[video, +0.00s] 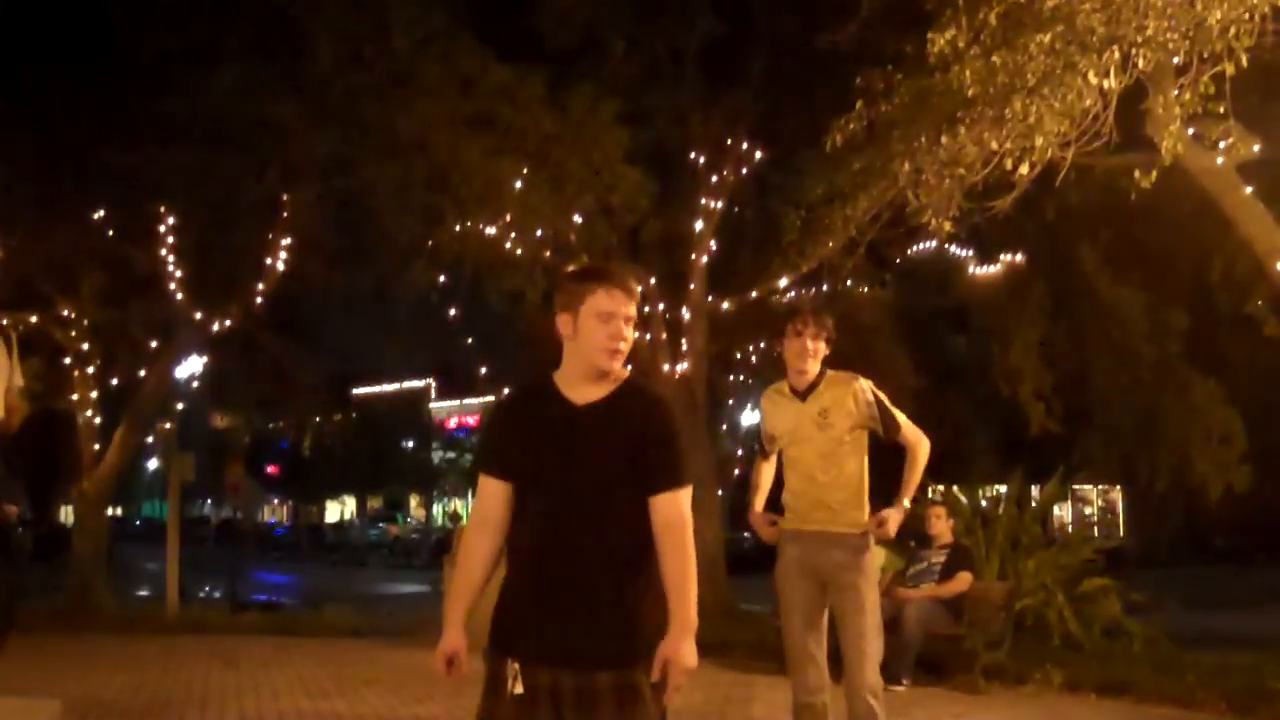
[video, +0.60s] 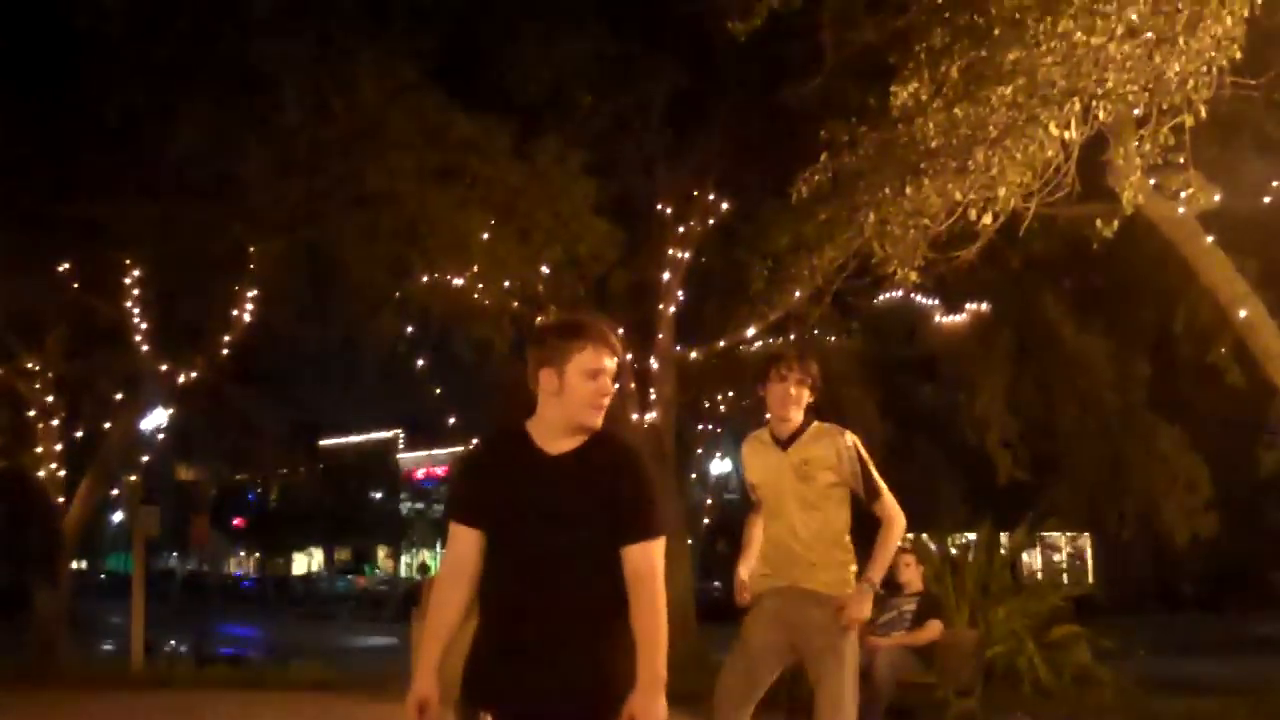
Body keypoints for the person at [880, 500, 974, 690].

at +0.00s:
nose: (932, 522)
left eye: (937, 517)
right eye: (929, 518)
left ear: (950, 523)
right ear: (924, 522)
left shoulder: (960, 551)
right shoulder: (918, 552)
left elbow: (962, 583)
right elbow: (898, 578)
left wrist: (916, 593)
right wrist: (897, 592)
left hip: (943, 609)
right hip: (909, 603)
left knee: (912, 609)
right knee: (876, 607)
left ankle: (902, 674)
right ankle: (867, 670)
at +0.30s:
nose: (927, 529)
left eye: (933, 523)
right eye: (924, 523)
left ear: (946, 526)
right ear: (919, 527)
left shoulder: (955, 557)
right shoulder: (913, 554)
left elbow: (957, 588)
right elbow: (896, 579)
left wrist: (911, 598)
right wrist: (886, 590)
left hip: (937, 613)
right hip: (903, 607)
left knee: (907, 614)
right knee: (864, 612)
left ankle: (898, 679)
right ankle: (859, 674)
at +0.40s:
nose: (899, 537)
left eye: (905, 531)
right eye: (897, 532)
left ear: (918, 535)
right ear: (891, 536)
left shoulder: (928, 567)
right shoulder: (885, 567)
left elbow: (929, 598)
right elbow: (865, 597)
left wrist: (883, 608)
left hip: (911, 626)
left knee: (881, 622)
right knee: (841, 620)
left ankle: (872, 688)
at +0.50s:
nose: (896, 559)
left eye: (901, 552)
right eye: (893, 553)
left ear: (915, 555)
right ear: (888, 557)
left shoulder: (924, 586)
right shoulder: (879, 586)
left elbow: (924, 618)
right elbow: (860, 620)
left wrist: (877, 627)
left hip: (908, 649)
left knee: (877, 639)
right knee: (840, 637)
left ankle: (871, 706)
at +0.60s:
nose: (901, 570)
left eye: (907, 565)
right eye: (897, 566)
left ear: (920, 569)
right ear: (892, 570)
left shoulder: (930, 599)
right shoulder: (883, 599)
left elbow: (932, 631)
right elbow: (866, 628)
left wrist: (886, 641)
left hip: (914, 657)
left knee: (884, 656)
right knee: (852, 654)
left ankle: (875, 714)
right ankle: (848, 711)